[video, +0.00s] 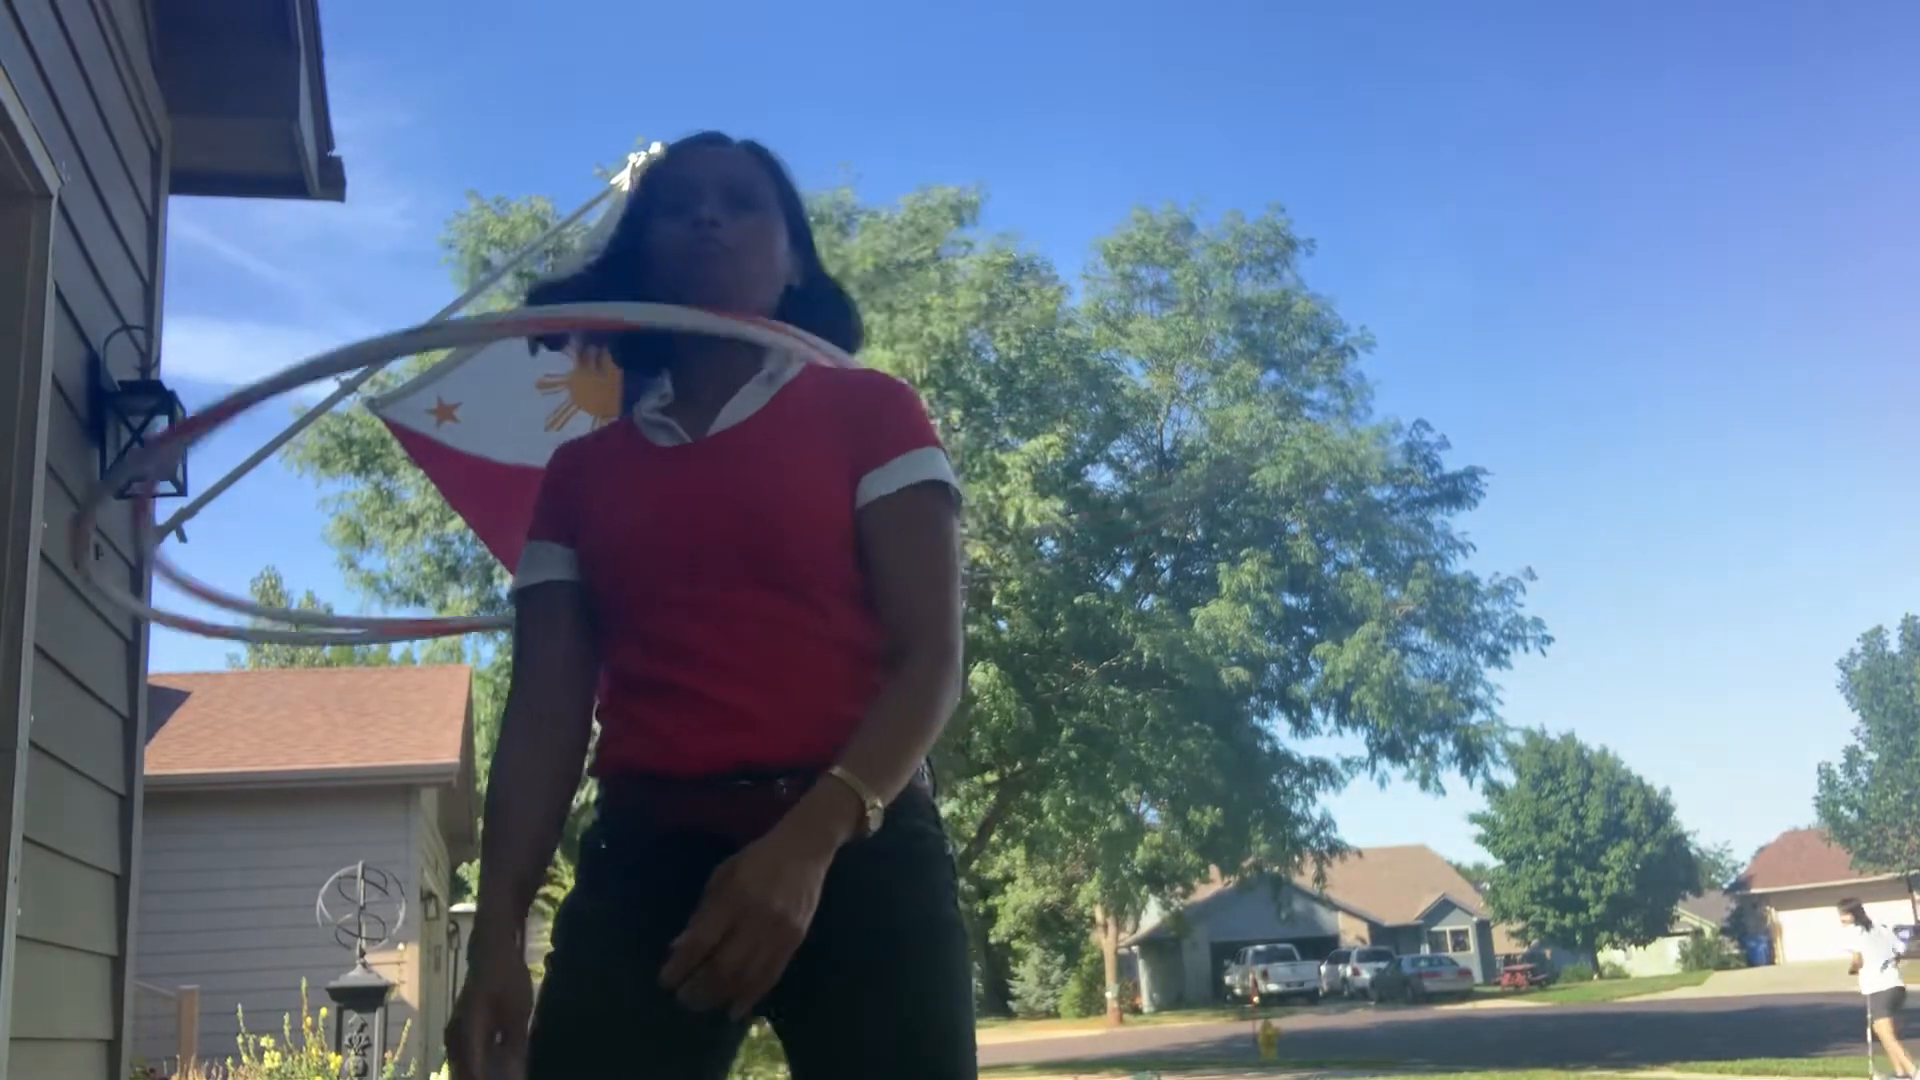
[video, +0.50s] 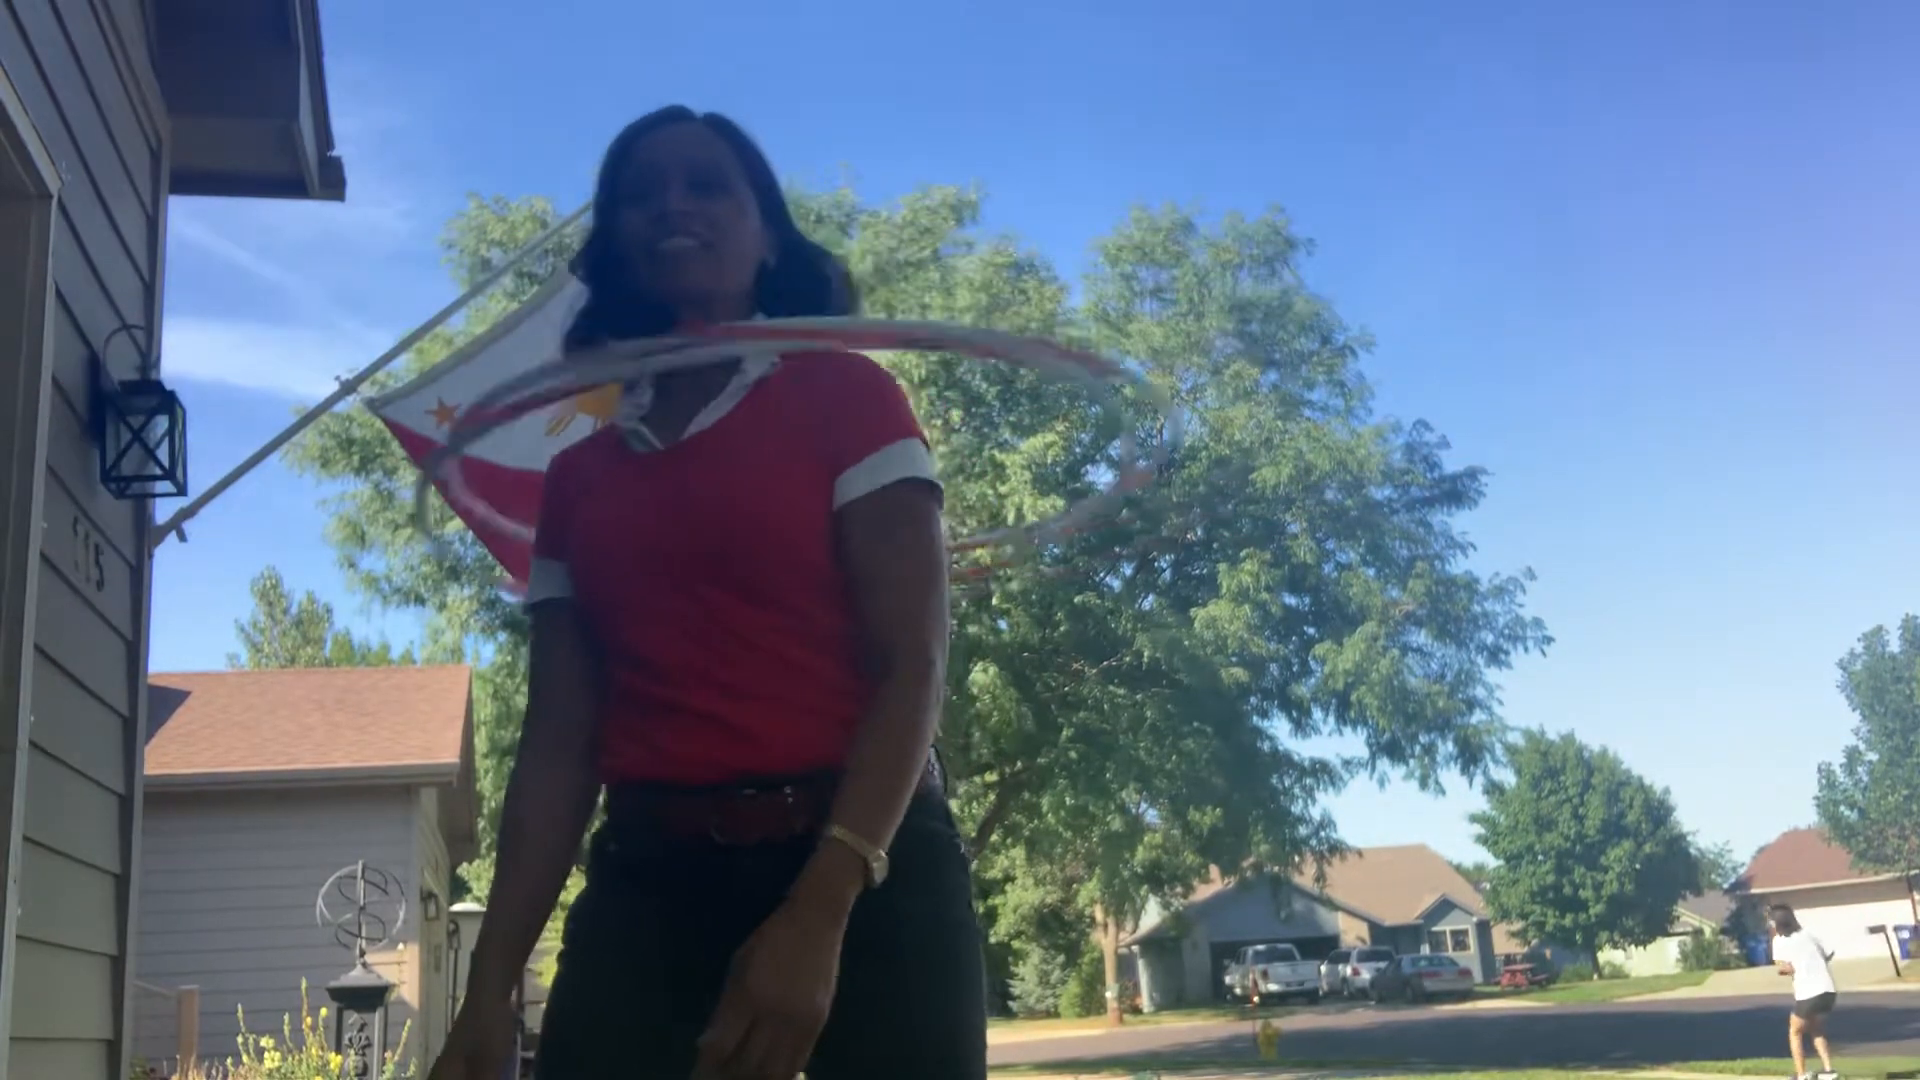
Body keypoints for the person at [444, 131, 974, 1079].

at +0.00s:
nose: (707, 218)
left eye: (742, 202)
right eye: (675, 205)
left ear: (792, 261)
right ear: (636, 262)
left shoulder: (869, 411)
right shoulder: (583, 471)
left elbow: (929, 660)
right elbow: (546, 713)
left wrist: (809, 838)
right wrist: (498, 937)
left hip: (864, 860)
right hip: (648, 866)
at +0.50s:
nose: (675, 205)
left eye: (708, 184)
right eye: (642, 191)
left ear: (767, 230)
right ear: (610, 242)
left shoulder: (840, 390)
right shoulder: (578, 472)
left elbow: (913, 666)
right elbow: (557, 739)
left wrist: (821, 910)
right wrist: (491, 990)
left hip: (865, 862)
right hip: (652, 871)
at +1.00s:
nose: (722, 222)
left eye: (759, 204)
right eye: (698, 217)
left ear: (829, 261)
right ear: (673, 280)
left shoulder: (874, 402)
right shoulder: (626, 471)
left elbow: (875, 656)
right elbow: (563, 711)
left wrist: (695, 840)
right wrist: (442, 887)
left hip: (866, 861)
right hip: (653, 877)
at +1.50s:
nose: (713, 222)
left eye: (752, 202)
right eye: (697, 223)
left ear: (832, 265)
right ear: (686, 291)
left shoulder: (880, 412)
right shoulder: (638, 480)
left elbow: (877, 662)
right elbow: (566, 706)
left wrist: (664, 819)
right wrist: (430, 891)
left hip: (866, 861)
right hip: (666, 880)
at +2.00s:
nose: (777, 243)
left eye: (813, 224)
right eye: (757, 239)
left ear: (891, 280)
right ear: (738, 302)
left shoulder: (927, 441)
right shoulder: (660, 485)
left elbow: (909, 679)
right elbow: (566, 692)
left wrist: (699, 809)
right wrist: (475, 809)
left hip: (877, 867)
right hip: (661, 883)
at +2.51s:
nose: (805, 242)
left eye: (841, 229)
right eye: (778, 237)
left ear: (901, 279)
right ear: (751, 308)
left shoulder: (947, 447)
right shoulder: (672, 484)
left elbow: (951, 691)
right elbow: (591, 693)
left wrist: (768, 826)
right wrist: (498, 836)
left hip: (877, 872)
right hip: (662, 877)